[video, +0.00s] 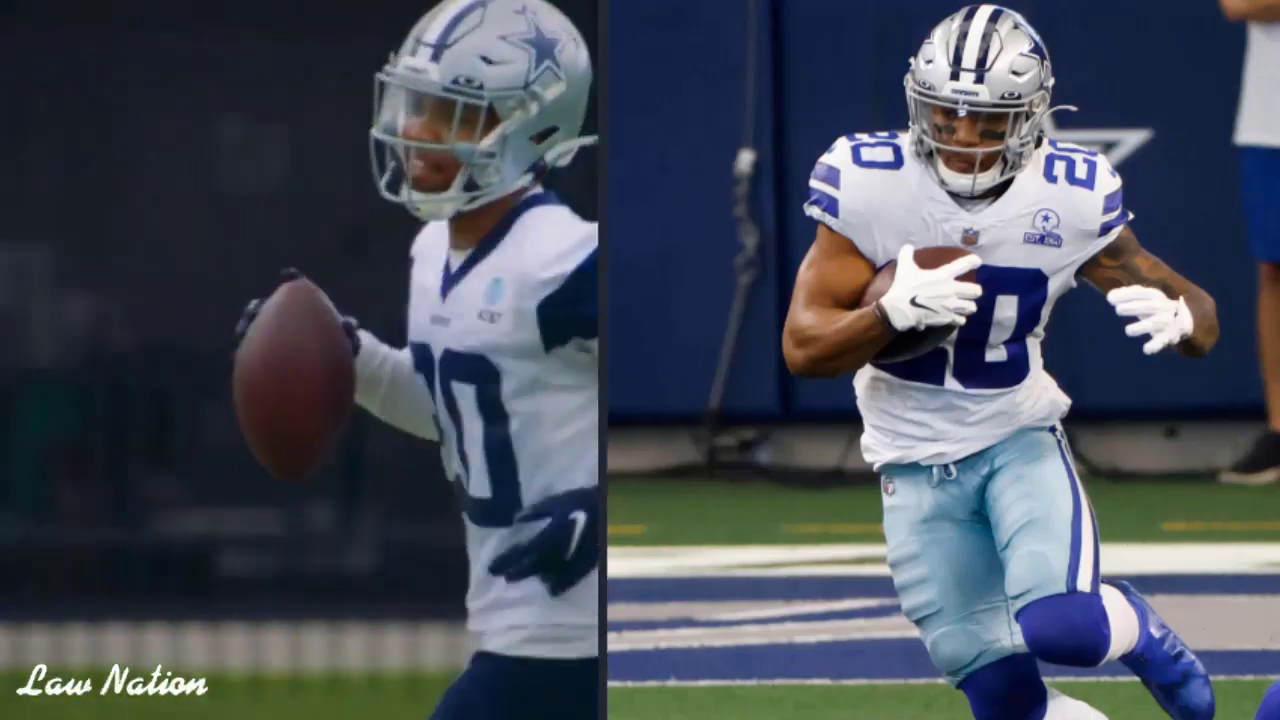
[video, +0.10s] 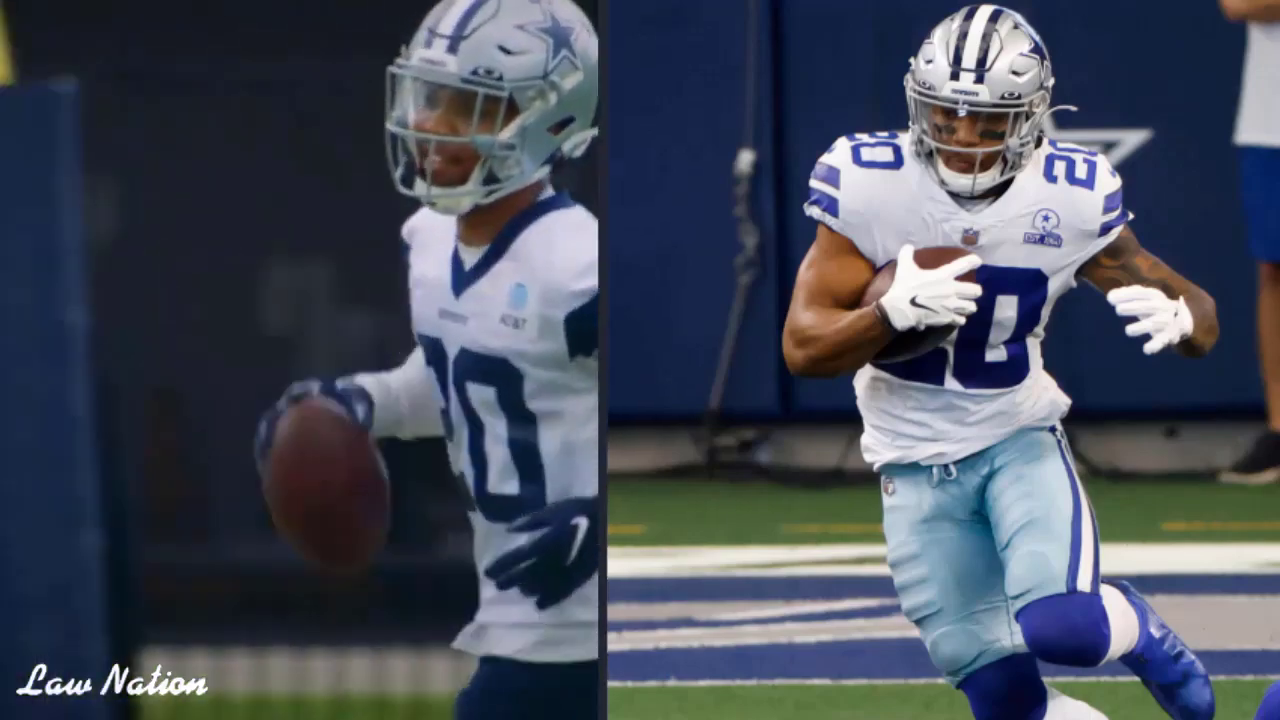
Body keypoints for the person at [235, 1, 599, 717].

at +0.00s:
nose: (422, 133)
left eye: (453, 115)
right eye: (417, 107)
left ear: (522, 131)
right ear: (397, 109)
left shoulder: (568, 260)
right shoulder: (433, 251)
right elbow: (455, 415)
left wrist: (606, 507)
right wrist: (341, 351)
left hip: (562, 632)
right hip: (508, 623)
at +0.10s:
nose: (435, 126)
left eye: (470, 109)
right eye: (430, 99)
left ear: (542, 121)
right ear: (411, 100)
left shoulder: (579, 264)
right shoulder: (428, 237)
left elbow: (685, 413)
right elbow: (453, 384)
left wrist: (605, 516)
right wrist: (353, 402)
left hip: (572, 615)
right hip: (510, 606)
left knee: (486, 705)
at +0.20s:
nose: (418, 200)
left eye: (456, 180)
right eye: (413, 171)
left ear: (522, 194)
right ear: (392, 173)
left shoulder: (569, 346)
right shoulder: (426, 311)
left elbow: (648, 537)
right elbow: (453, 480)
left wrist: (531, 618)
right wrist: (381, 539)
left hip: (542, 684)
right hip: (444, 664)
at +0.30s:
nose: (418, 214)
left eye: (454, 193)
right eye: (415, 185)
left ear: (521, 207)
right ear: (396, 185)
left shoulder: (560, 361)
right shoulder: (462, 326)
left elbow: (598, 582)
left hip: (556, 704)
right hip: (485, 696)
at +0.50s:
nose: (545, 145)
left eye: (553, 127)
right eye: (529, 125)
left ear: (563, 124)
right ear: (470, 117)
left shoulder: (530, 212)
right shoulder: (388, 210)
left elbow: (525, 326)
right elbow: (361, 403)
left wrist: (577, 423)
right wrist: (501, 436)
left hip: (387, 459)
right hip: (267, 445)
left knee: (499, 665)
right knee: (304, 654)